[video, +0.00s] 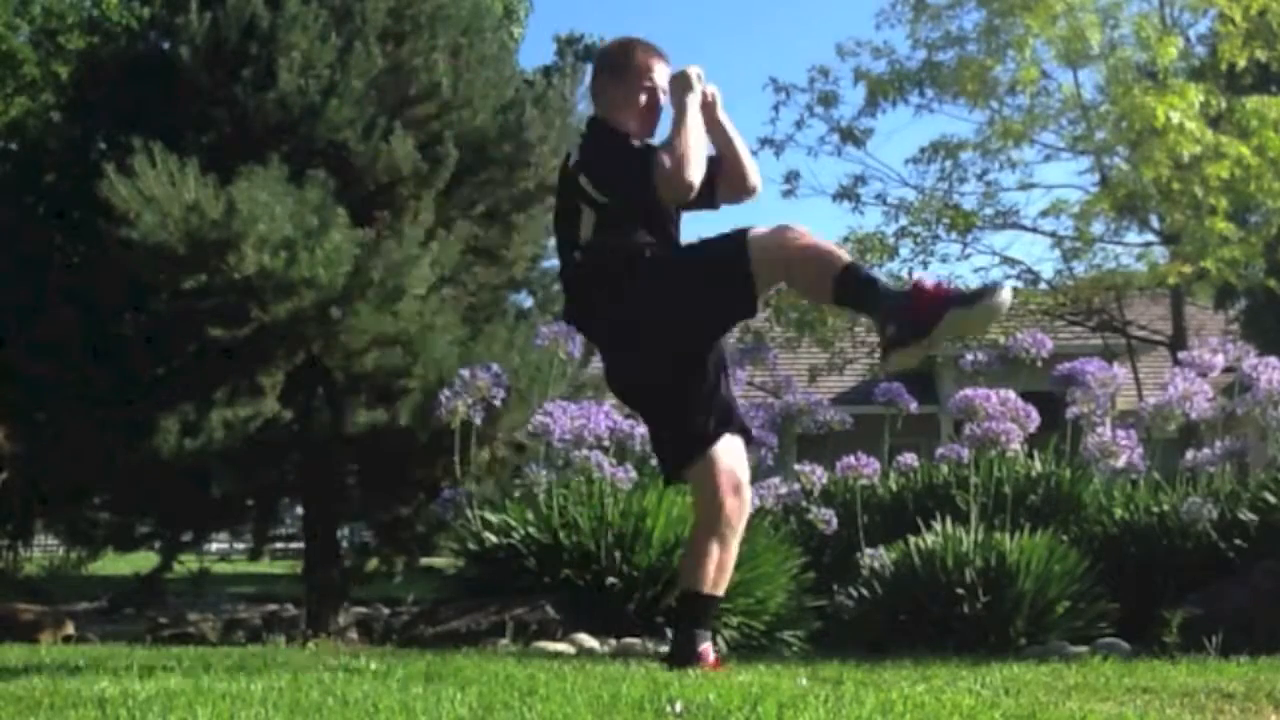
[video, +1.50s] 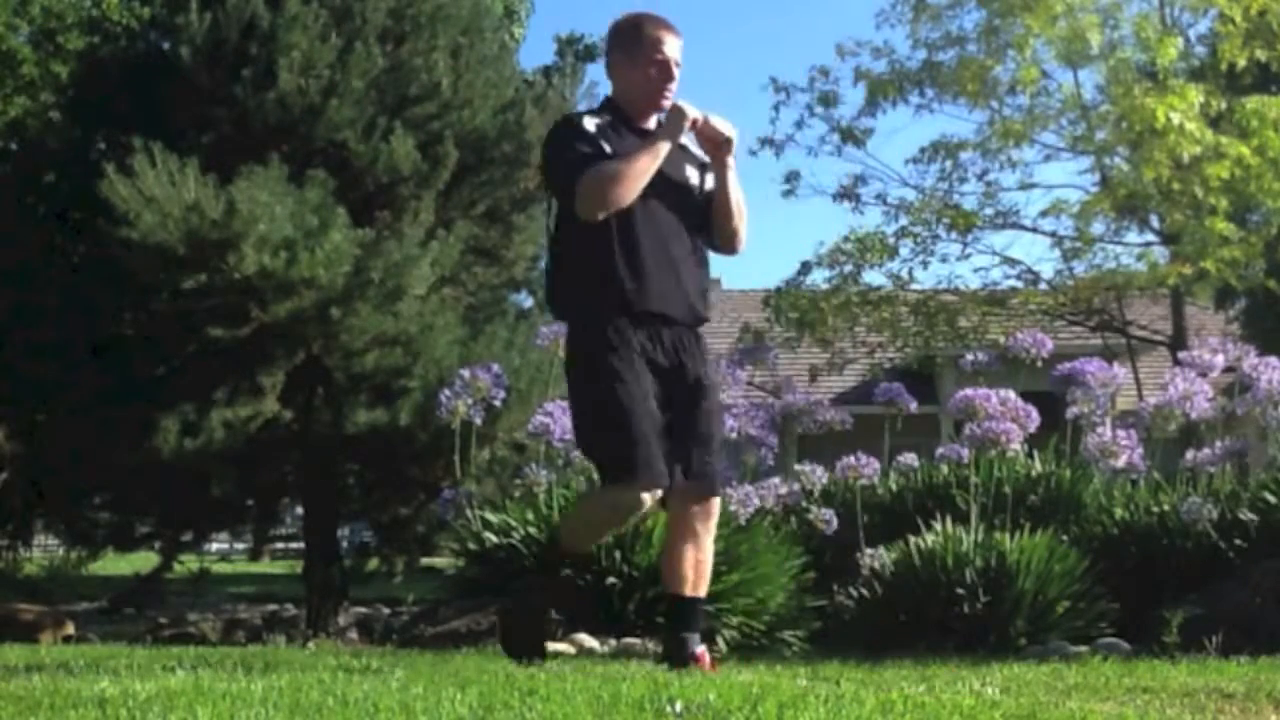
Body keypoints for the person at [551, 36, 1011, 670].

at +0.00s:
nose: (658, 102)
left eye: (662, 93)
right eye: (646, 89)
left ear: (657, 102)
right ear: (606, 89)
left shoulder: (641, 156)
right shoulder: (599, 149)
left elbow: (741, 184)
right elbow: (683, 183)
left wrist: (713, 116)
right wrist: (690, 106)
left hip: (657, 344)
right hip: (644, 307)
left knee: (728, 495)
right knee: (785, 246)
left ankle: (691, 644)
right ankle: (898, 309)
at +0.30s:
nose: (743, 91)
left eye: (747, 82)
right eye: (731, 78)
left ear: (745, 85)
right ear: (688, 74)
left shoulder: (683, 145)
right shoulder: (691, 141)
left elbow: (767, 232)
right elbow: (774, 221)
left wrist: (773, 152)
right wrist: (794, 132)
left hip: (712, 348)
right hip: (742, 319)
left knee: (769, 514)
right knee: (904, 325)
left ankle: (693, 652)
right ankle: (962, 474)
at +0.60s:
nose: (833, 78)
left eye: (836, 66)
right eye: (823, 63)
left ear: (779, 68)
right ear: (780, 59)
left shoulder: (761, 130)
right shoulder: (787, 126)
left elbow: (859, 212)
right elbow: (872, 183)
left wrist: (864, 125)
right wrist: (879, 109)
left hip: (770, 345)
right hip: (810, 338)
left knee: (820, 515)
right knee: (896, 486)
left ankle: (701, 641)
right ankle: (901, 663)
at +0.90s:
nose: (835, 74)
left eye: (838, 63)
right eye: (823, 60)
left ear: (800, 63)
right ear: (778, 56)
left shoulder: (765, 130)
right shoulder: (783, 122)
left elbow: (854, 210)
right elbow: (876, 182)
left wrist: (860, 131)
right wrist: (891, 107)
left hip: (790, 337)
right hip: (830, 328)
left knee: (858, 511)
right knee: (914, 483)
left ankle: (732, 618)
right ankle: (904, 660)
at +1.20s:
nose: (768, 84)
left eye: (772, 73)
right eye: (756, 70)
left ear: (763, 79)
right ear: (711, 67)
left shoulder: (743, 149)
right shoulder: (683, 135)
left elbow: (809, 233)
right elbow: (741, 189)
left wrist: (810, 151)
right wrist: (778, 120)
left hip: (756, 341)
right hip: (724, 342)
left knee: (780, 508)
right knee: (807, 482)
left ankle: (697, 644)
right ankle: (860, 645)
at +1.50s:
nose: (669, 75)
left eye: (675, 66)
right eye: (655, 62)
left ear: (680, 75)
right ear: (616, 64)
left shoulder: (677, 154)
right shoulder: (575, 133)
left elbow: (729, 238)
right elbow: (598, 198)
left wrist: (723, 164)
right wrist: (667, 138)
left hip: (684, 338)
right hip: (611, 334)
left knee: (699, 495)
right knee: (636, 488)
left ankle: (686, 642)